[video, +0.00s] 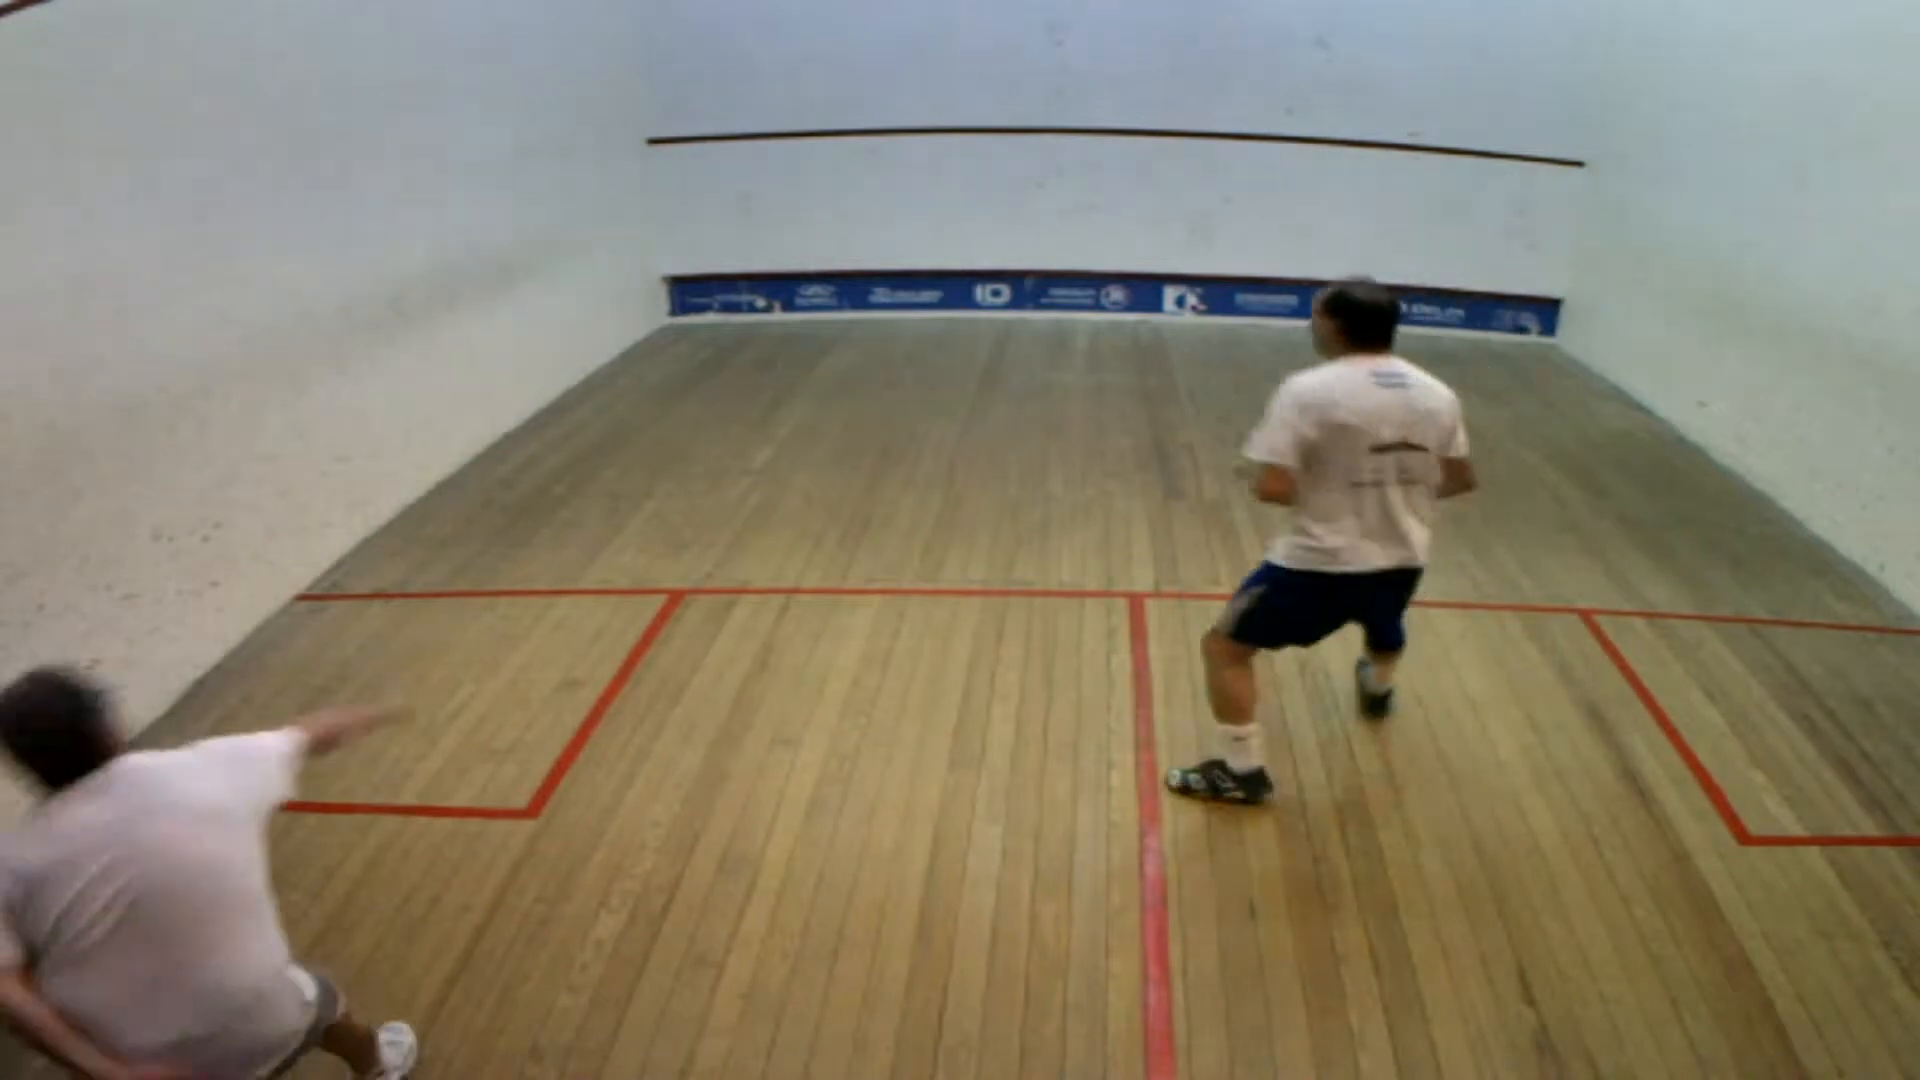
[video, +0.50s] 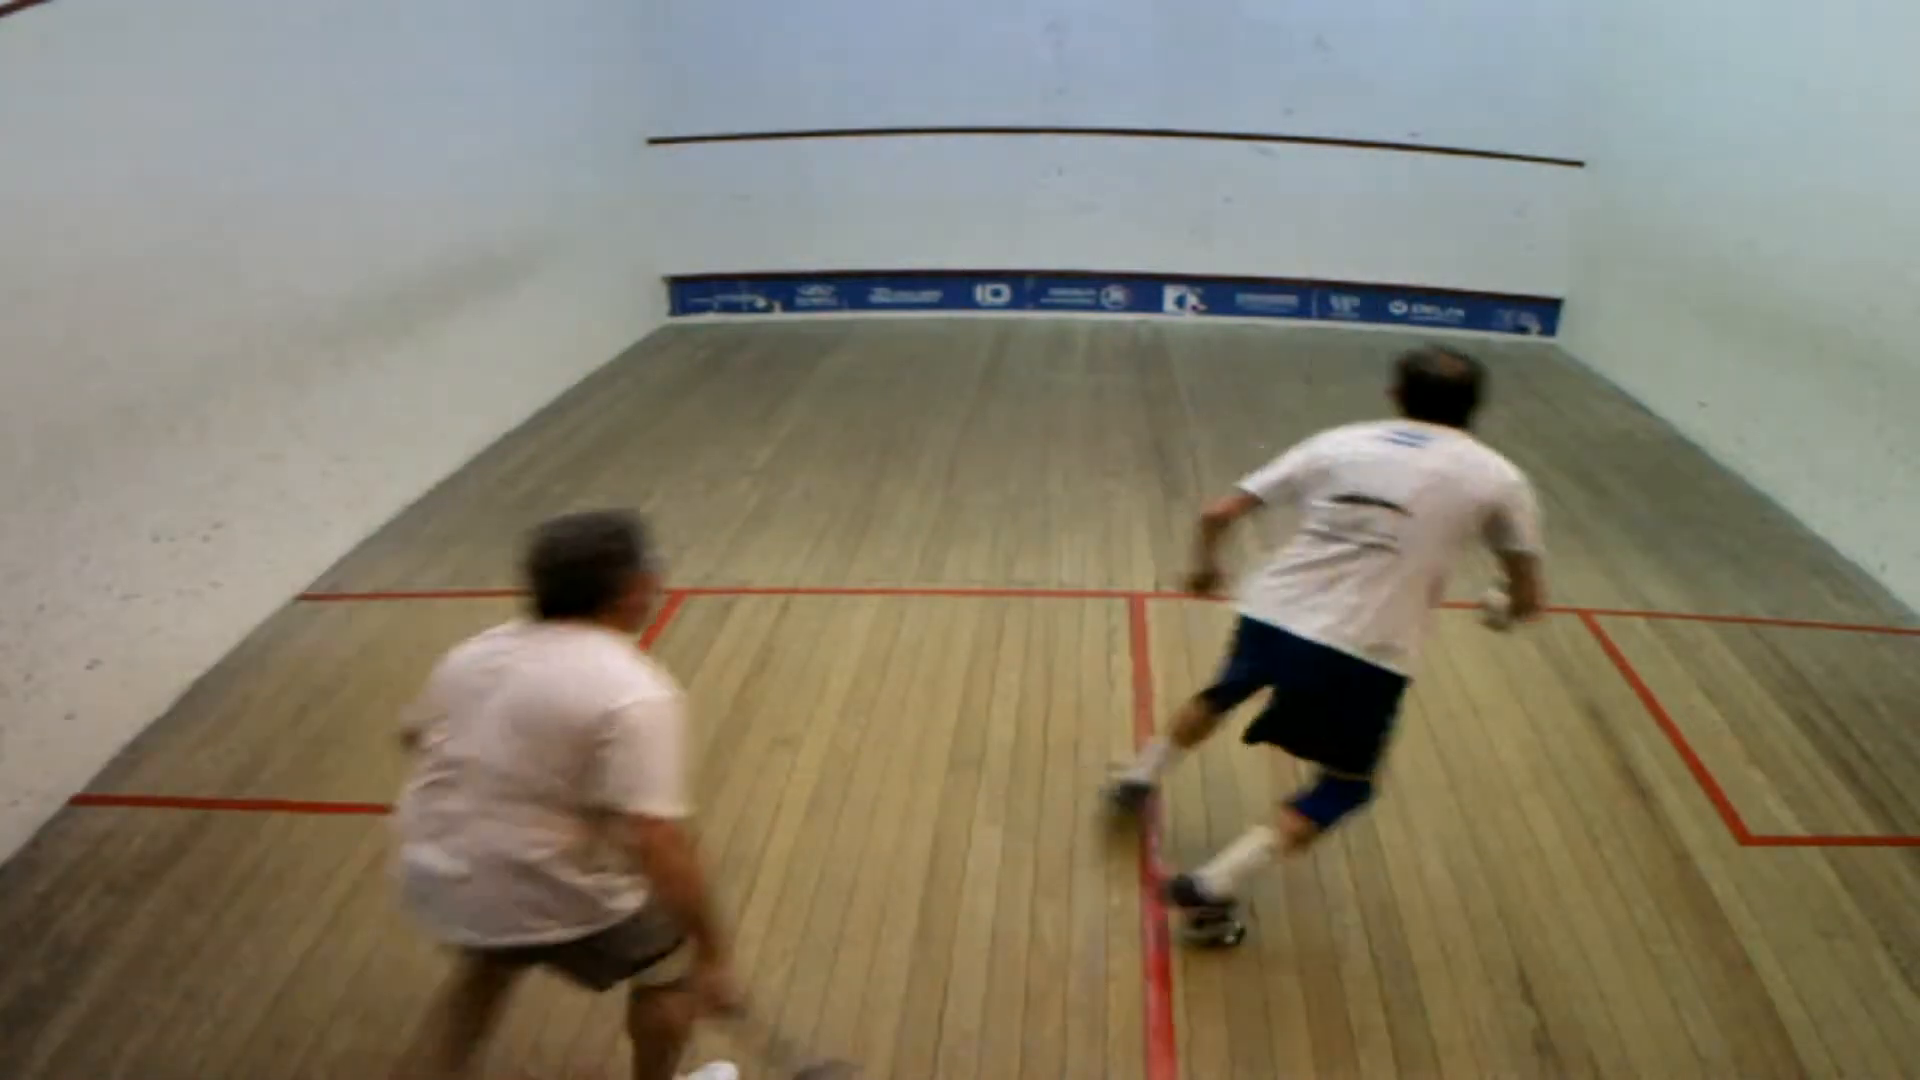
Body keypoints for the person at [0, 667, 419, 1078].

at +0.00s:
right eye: (102, 706)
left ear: (27, 765)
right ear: (106, 720)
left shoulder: (20, 855)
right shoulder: (201, 771)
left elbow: (11, 990)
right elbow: (308, 736)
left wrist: (109, 1070)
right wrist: (364, 718)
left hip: (130, 1058)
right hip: (259, 1028)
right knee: (325, 1011)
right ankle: (374, 1059)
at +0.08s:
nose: (184, 698)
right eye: (176, 688)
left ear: (78, 732)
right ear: (170, 702)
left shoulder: (39, 819)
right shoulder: (246, 753)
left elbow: (11, 952)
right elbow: (399, 730)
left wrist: (71, 1060)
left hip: (130, 1048)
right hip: (269, 1015)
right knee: (336, 1026)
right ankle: (382, 1065)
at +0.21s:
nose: (297, 664)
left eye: (288, 650)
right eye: (290, 651)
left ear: (185, 678)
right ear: (275, 666)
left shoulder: (130, 763)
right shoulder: (333, 734)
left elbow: (26, 872)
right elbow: (485, 829)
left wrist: (45, 987)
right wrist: (622, 906)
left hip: (208, 1011)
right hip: (338, 981)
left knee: (273, 1065)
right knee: (437, 993)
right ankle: (483, 1068)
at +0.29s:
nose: (392, 638)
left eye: (383, 623)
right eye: (381, 627)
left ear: (282, 661)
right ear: (367, 648)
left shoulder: (221, 740)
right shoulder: (414, 735)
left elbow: (134, 830)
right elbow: (495, 878)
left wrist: (148, 913)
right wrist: (580, 1000)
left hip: (271, 992)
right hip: (397, 977)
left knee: (314, 1052)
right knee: (516, 966)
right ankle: (599, 1064)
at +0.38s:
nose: (465, 628)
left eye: (460, 614)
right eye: (458, 617)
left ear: (354, 640)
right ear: (444, 635)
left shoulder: (295, 718)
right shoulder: (478, 728)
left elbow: (223, 801)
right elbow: (511, 876)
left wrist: (273, 871)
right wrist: (580, 1009)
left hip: (309, 962)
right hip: (427, 959)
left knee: (335, 1056)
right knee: (580, 976)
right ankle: (647, 1078)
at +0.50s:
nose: (654, 585)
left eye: (649, 572)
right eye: (646, 574)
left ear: (546, 587)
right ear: (628, 592)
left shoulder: (476, 653)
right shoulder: (635, 688)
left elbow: (416, 735)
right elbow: (655, 838)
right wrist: (713, 954)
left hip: (435, 871)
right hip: (542, 887)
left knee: (499, 950)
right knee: (669, 957)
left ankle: (438, 1064)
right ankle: (659, 1072)